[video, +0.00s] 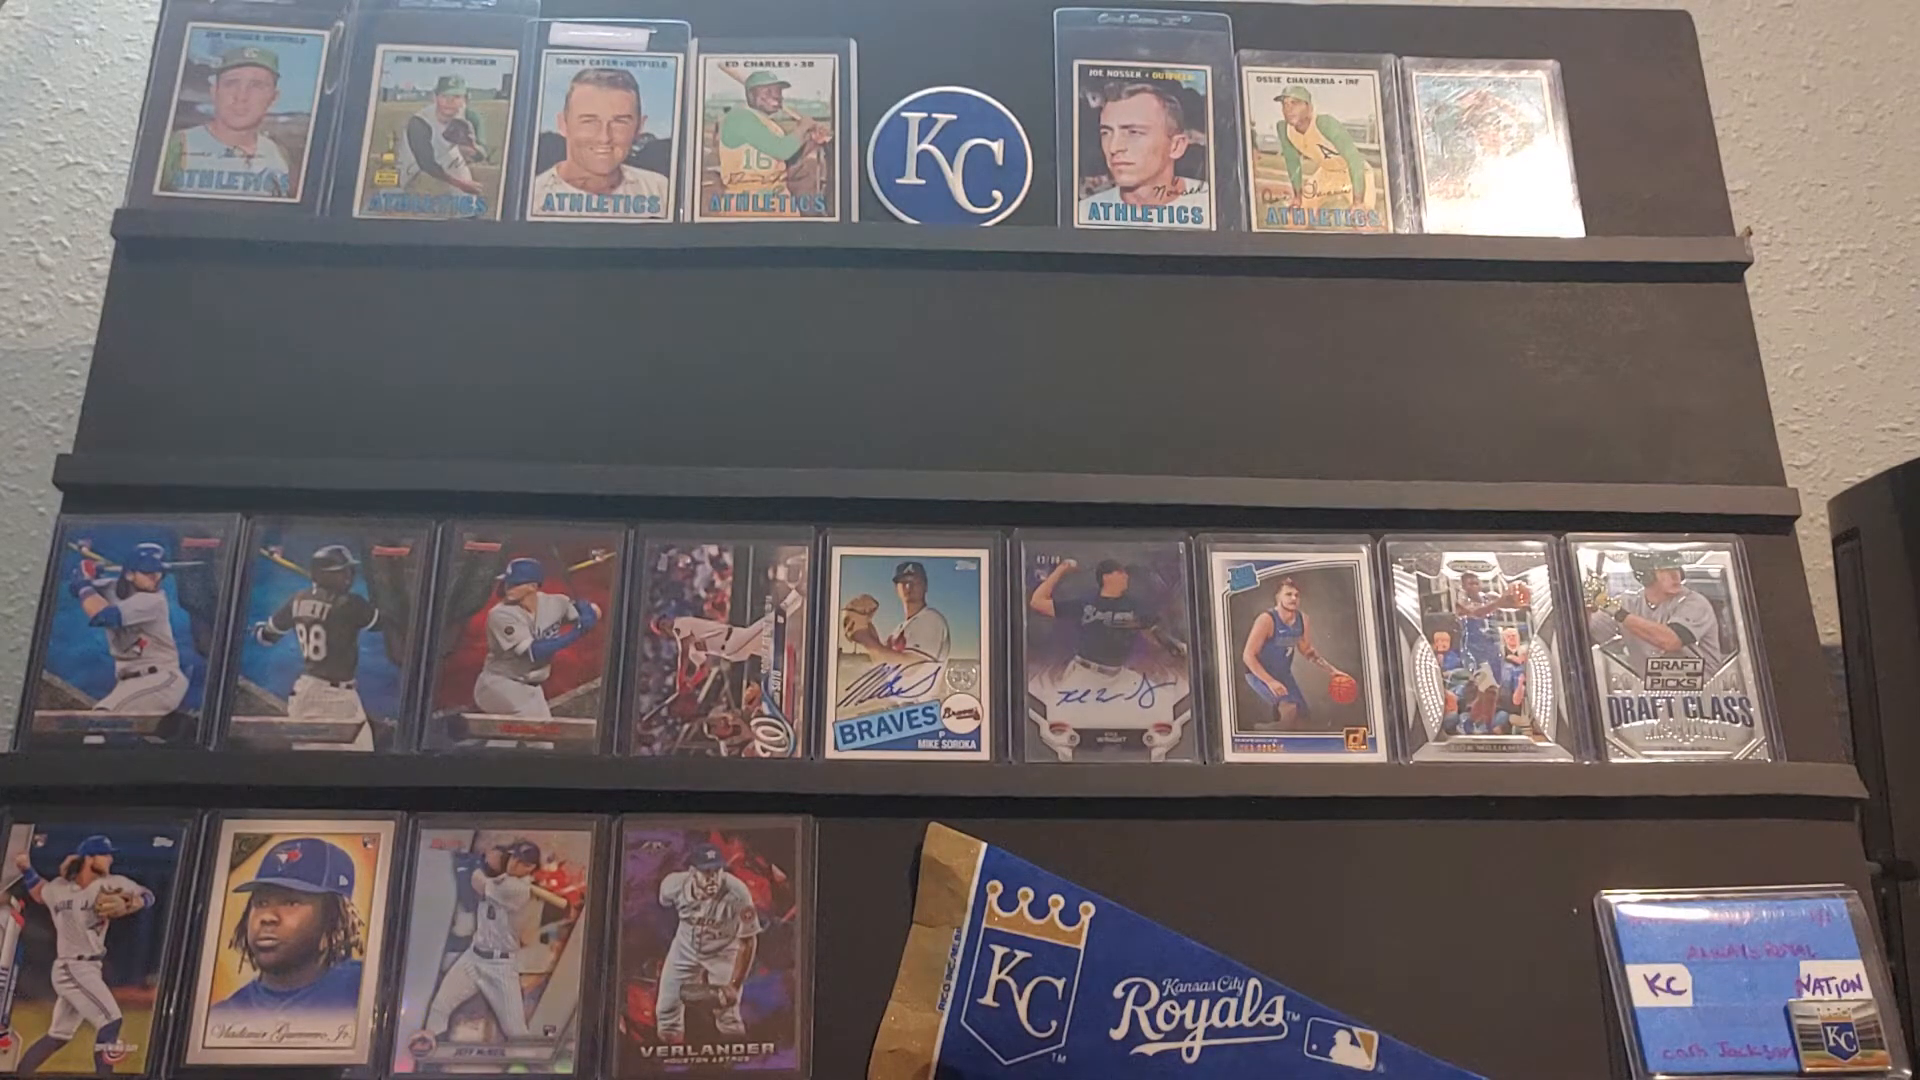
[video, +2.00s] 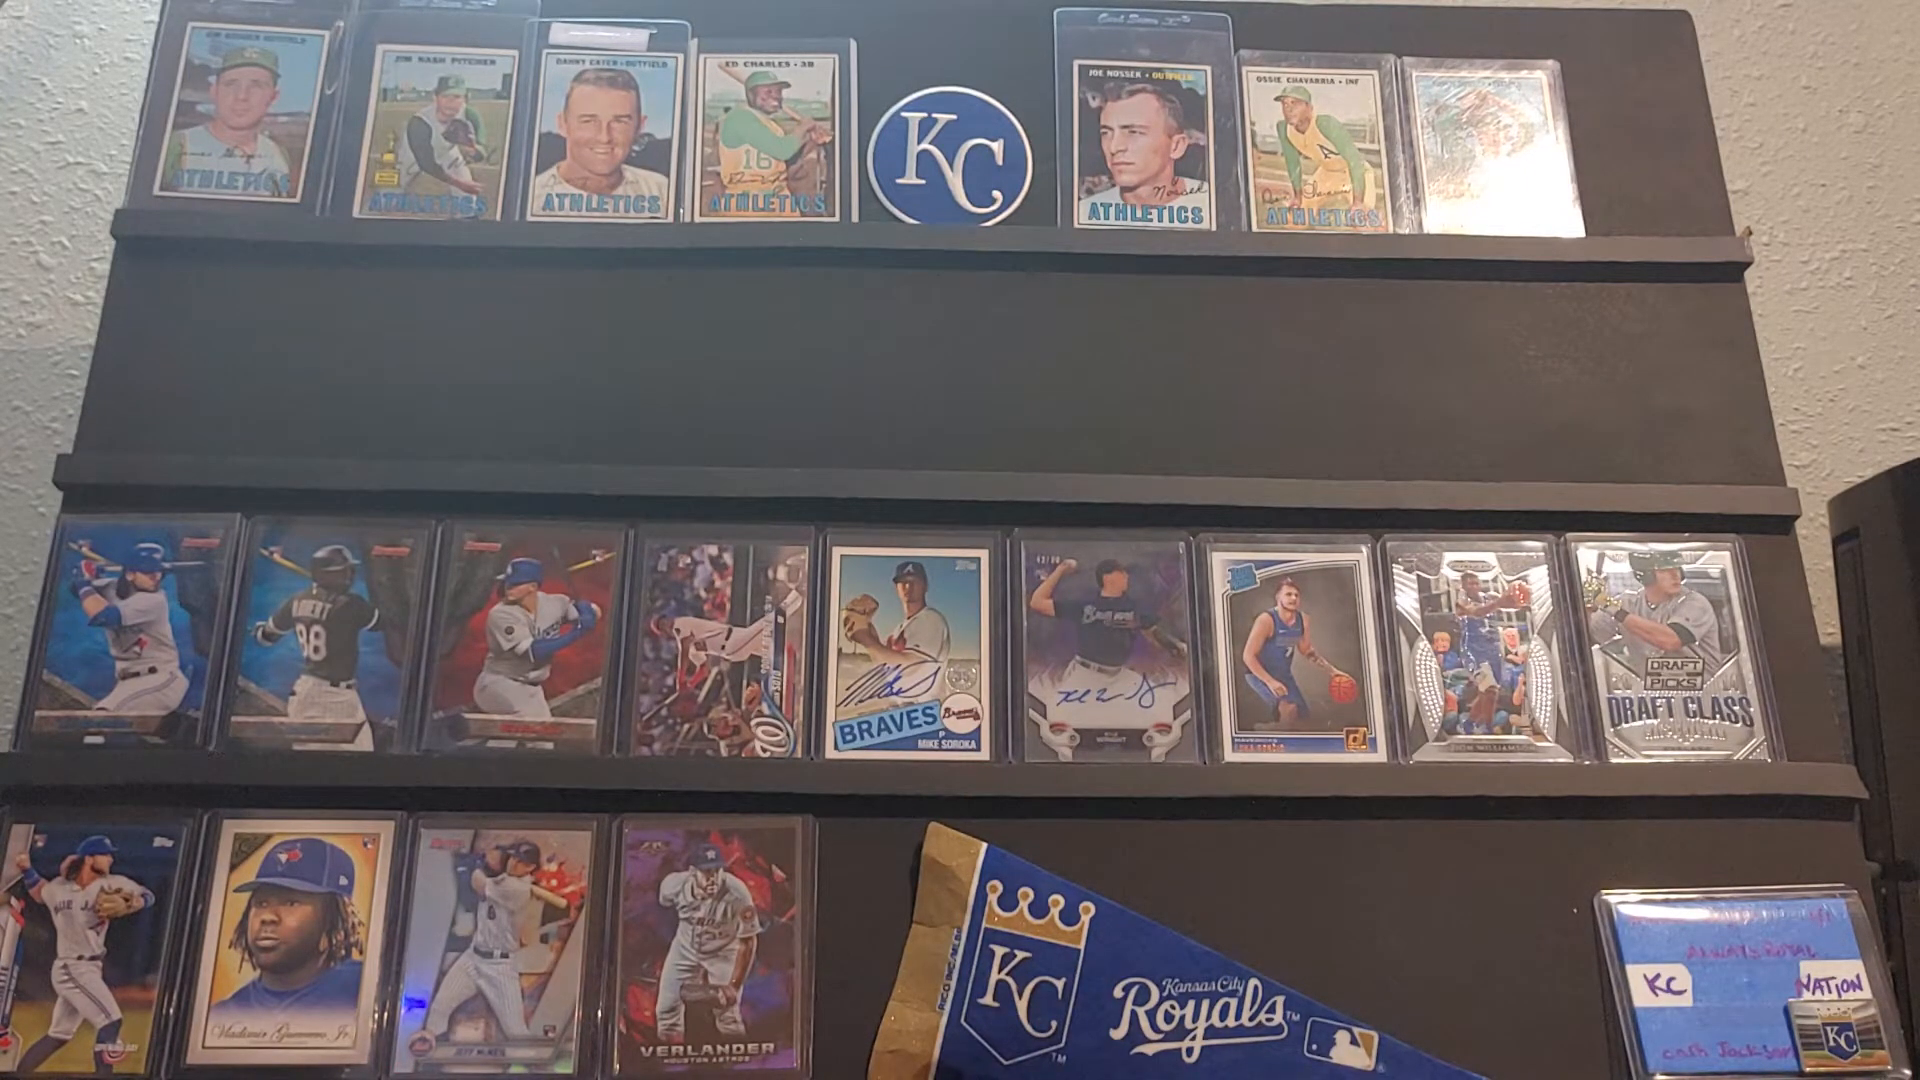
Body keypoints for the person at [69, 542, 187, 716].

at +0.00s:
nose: (155, 577)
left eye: (158, 572)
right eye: (147, 572)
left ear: (162, 573)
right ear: (130, 574)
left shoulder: (154, 600)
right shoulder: (114, 587)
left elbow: (105, 617)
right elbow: (79, 588)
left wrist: (83, 586)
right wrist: (87, 573)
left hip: (162, 679)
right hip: (129, 682)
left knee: (101, 716)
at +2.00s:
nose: (156, 577)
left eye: (159, 572)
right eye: (148, 572)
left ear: (162, 572)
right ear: (130, 574)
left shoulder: (154, 600)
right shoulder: (113, 588)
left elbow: (104, 617)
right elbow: (79, 588)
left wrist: (82, 585)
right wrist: (88, 573)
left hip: (163, 679)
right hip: (129, 682)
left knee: (100, 717)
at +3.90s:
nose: (156, 577)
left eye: (158, 572)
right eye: (148, 572)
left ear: (162, 573)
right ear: (130, 575)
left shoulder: (155, 600)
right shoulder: (113, 588)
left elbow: (105, 617)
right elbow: (79, 588)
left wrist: (83, 586)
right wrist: (87, 573)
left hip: (163, 680)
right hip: (130, 681)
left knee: (99, 717)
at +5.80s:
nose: (155, 576)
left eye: (158, 571)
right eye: (148, 571)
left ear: (162, 573)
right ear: (130, 575)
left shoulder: (154, 600)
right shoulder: (114, 588)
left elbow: (105, 617)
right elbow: (79, 589)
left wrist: (83, 586)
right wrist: (87, 574)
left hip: (162, 679)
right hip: (130, 682)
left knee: (99, 717)